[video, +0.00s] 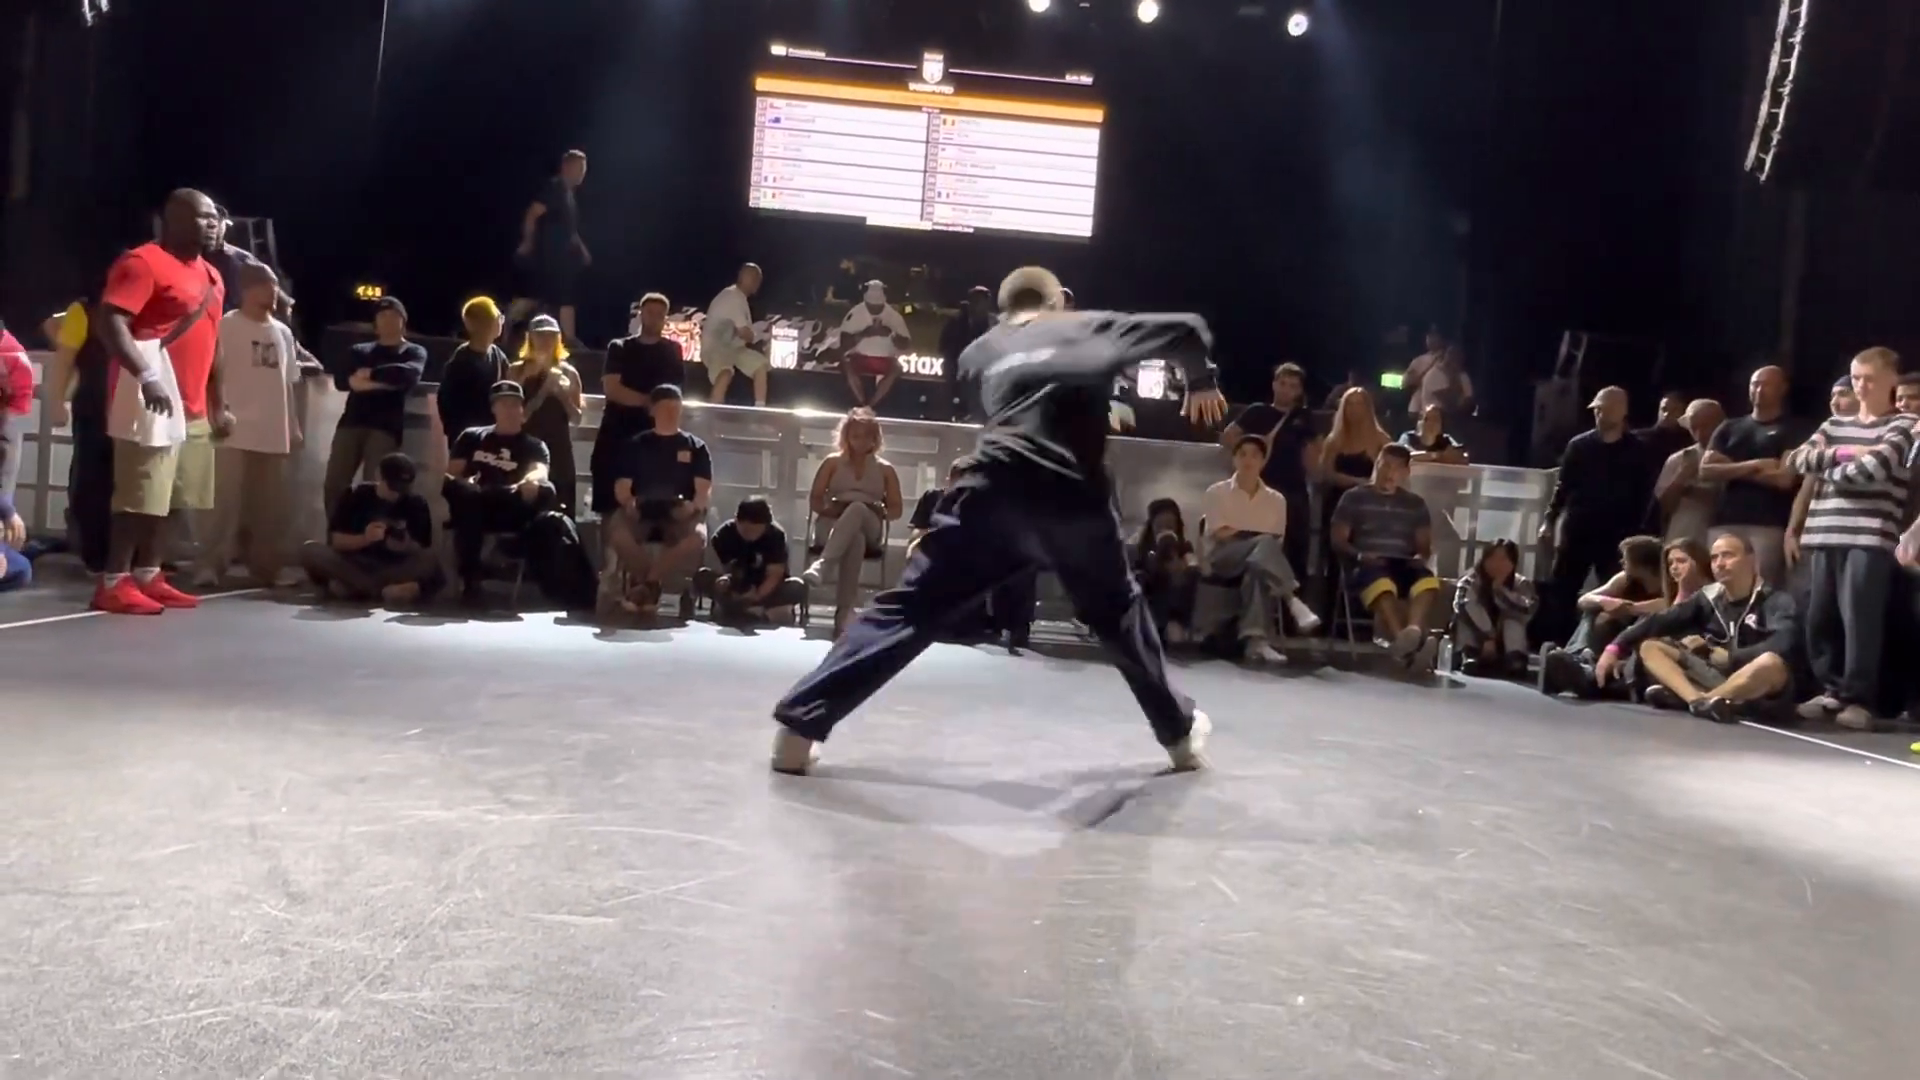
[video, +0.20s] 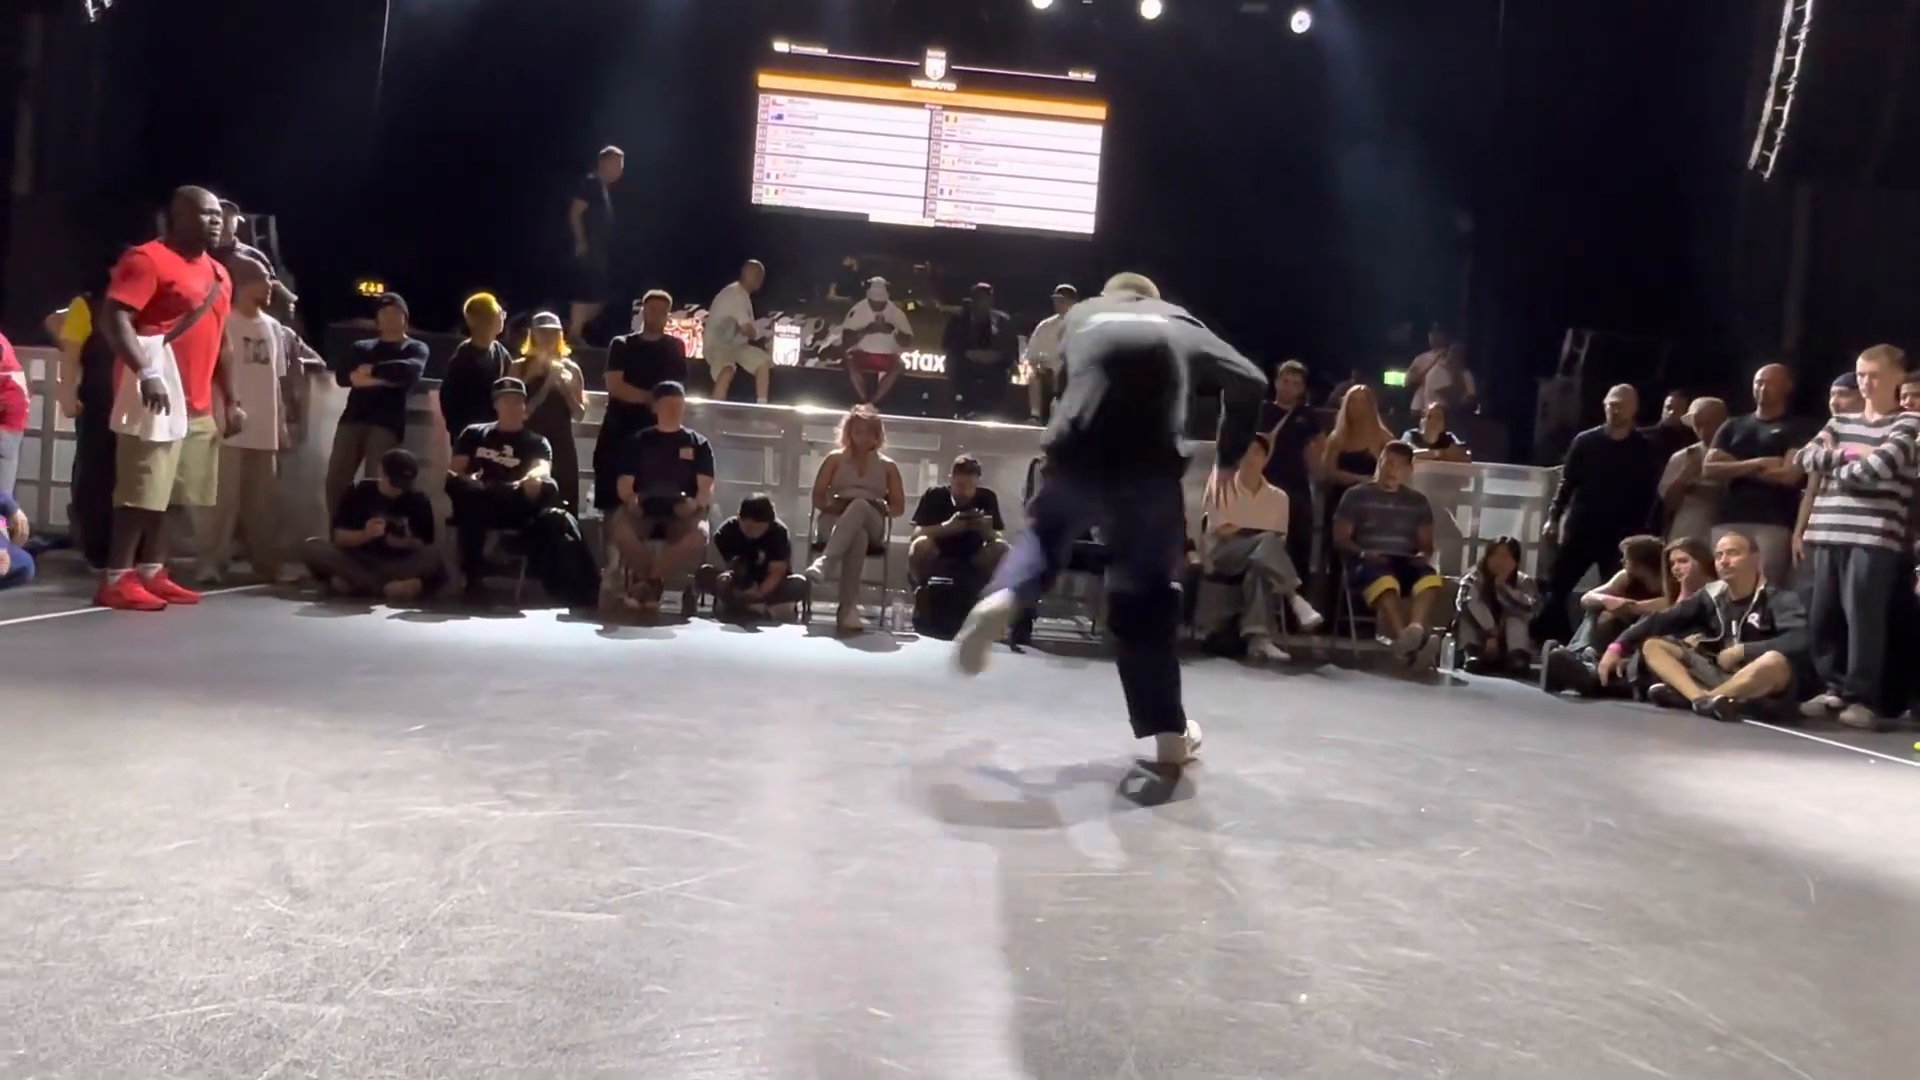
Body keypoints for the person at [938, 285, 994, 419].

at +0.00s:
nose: (979, 307)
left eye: (983, 302)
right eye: (975, 302)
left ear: (988, 304)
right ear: (970, 303)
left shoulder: (992, 322)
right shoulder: (958, 321)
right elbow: (946, 345)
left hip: (981, 364)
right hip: (956, 362)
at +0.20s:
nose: (983, 304)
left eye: (986, 299)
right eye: (979, 299)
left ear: (992, 301)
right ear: (972, 300)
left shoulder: (1002, 321)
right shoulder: (960, 320)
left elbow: (1011, 352)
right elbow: (950, 347)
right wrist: (969, 355)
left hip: (994, 388)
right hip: (966, 386)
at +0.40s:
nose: (987, 302)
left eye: (991, 297)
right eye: (983, 296)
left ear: (997, 299)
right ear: (976, 298)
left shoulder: (1006, 320)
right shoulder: (963, 318)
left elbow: (1012, 351)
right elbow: (952, 346)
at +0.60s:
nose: (990, 301)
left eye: (994, 296)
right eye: (987, 296)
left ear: (999, 298)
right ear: (980, 297)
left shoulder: (1009, 318)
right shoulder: (965, 317)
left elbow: (1015, 351)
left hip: (1000, 384)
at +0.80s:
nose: (991, 298)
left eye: (995, 294)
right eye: (987, 293)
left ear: (1000, 296)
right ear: (980, 294)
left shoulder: (1010, 316)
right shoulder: (966, 314)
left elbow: (1018, 348)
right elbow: (956, 341)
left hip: (1001, 383)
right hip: (972, 382)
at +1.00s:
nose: (990, 298)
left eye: (993, 293)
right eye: (986, 293)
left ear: (999, 294)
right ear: (979, 294)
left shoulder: (1012, 314)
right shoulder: (968, 312)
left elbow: (1020, 347)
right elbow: (957, 339)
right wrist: (978, 348)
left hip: (1003, 381)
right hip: (974, 379)